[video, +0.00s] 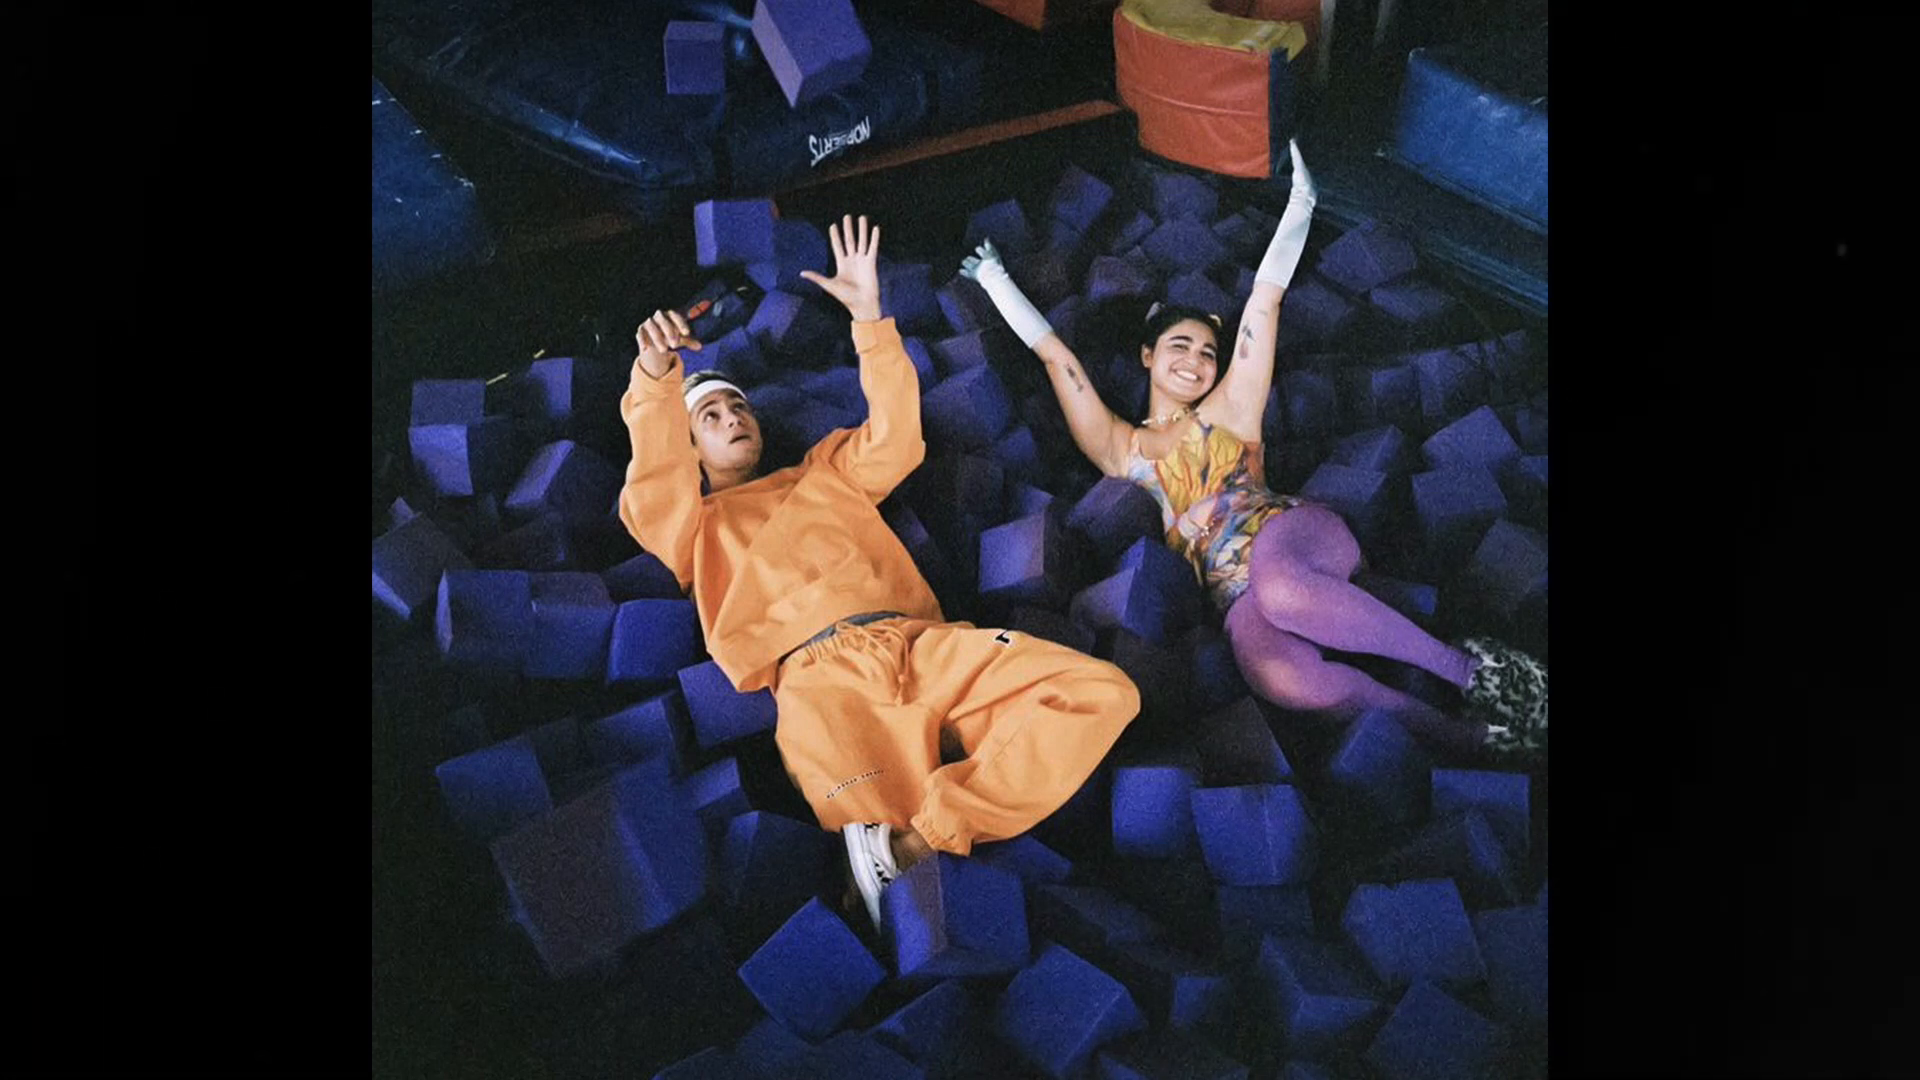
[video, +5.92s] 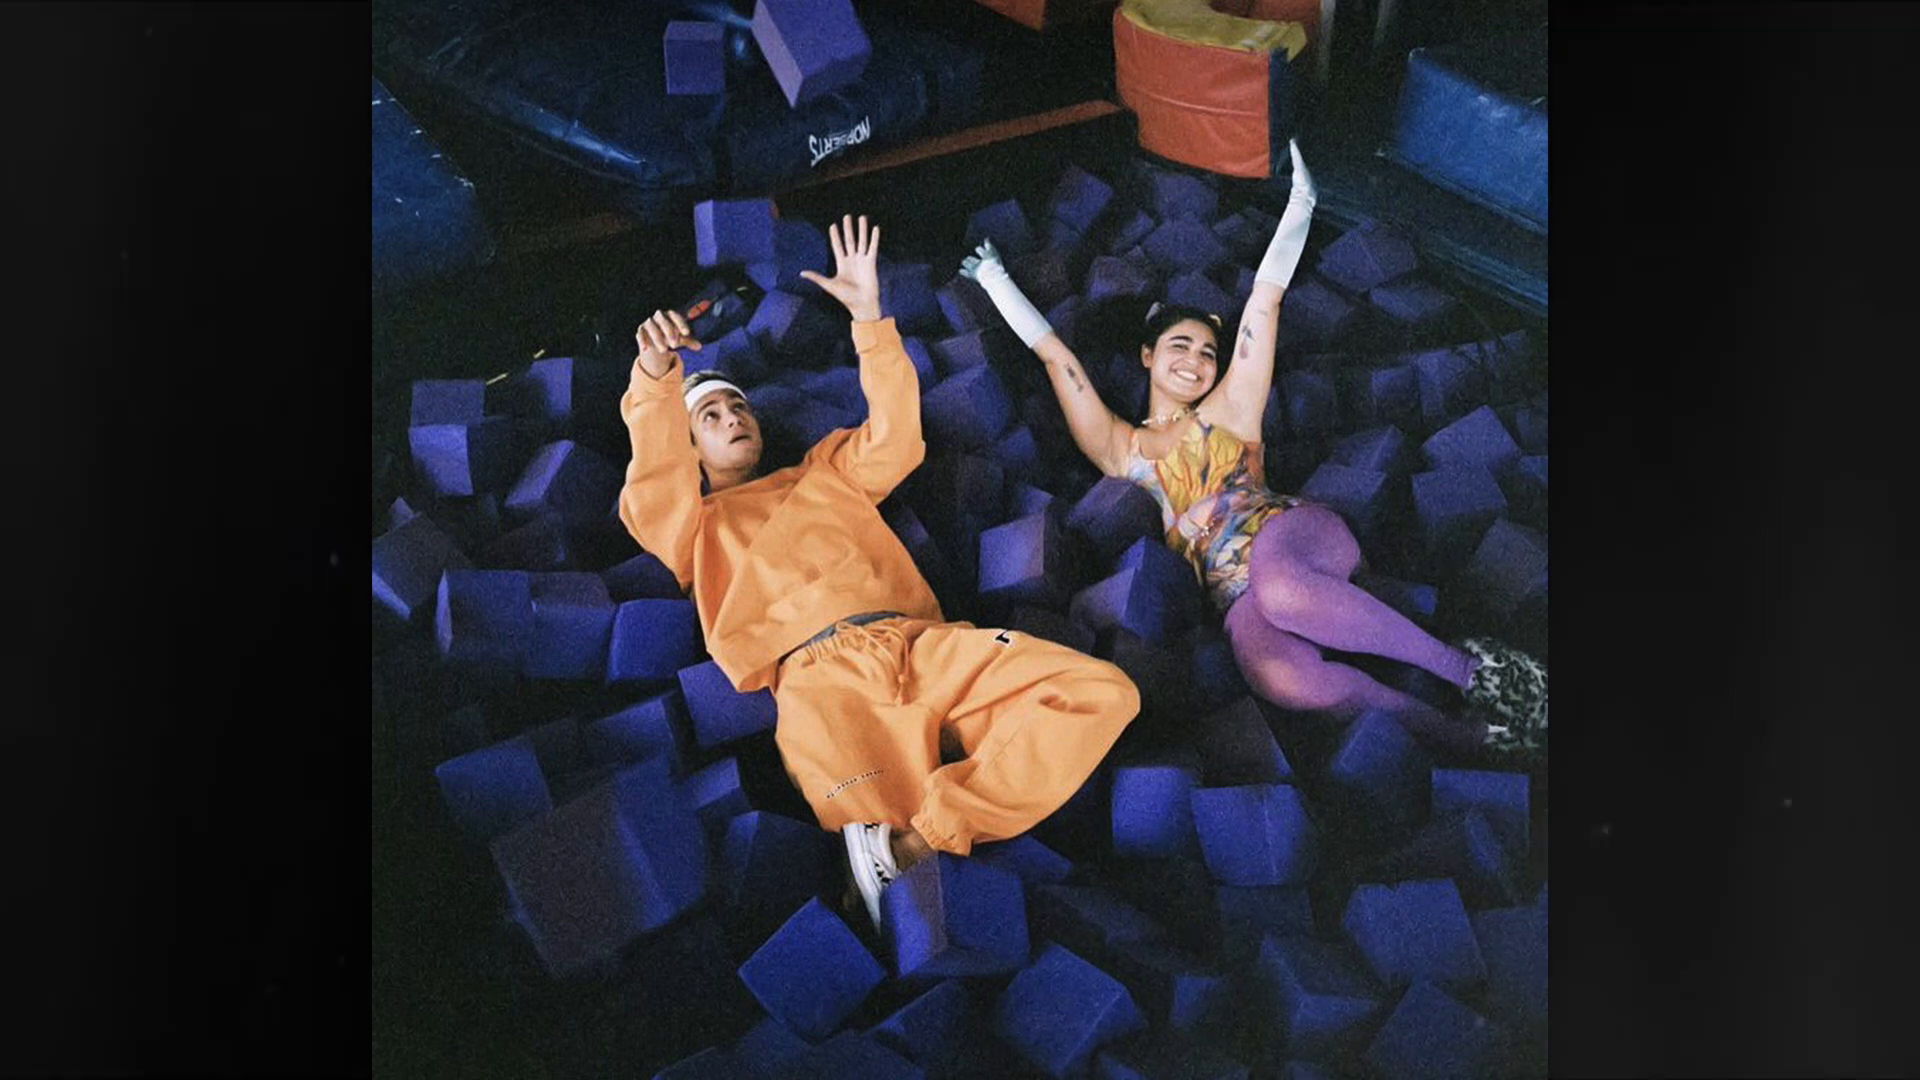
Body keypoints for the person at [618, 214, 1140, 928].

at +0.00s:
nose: (730, 418)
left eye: (738, 407)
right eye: (709, 415)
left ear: (761, 426)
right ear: (688, 449)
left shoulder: (827, 468)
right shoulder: (696, 525)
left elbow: (895, 435)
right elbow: (654, 477)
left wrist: (868, 317)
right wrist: (655, 374)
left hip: (917, 640)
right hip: (819, 673)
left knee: (1094, 693)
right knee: (880, 827)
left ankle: (915, 841)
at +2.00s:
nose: (730, 418)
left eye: (738, 407)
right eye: (709, 415)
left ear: (761, 426)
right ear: (688, 448)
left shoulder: (827, 468)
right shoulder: (695, 525)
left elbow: (895, 435)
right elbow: (654, 477)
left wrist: (868, 317)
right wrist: (655, 373)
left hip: (918, 640)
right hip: (819, 673)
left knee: (1094, 692)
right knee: (880, 827)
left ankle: (917, 841)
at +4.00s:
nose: (731, 418)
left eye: (738, 407)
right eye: (709, 415)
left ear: (760, 425)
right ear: (688, 449)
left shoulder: (827, 468)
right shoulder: (696, 525)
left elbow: (895, 436)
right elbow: (655, 477)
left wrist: (868, 317)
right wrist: (655, 373)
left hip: (918, 641)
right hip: (820, 673)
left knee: (1094, 692)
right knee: (883, 832)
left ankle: (916, 841)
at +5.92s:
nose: (731, 418)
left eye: (738, 407)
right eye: (709, 415)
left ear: (760, 425)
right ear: (688, 448)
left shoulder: (827, 468)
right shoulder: (695, 525)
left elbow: (895, 436)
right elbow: (655, 476)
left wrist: (868, 317)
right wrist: (655, 373)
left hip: (918, 640)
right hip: (820, 672)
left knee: (1094, 692)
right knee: (881, 829)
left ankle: (917, 841)